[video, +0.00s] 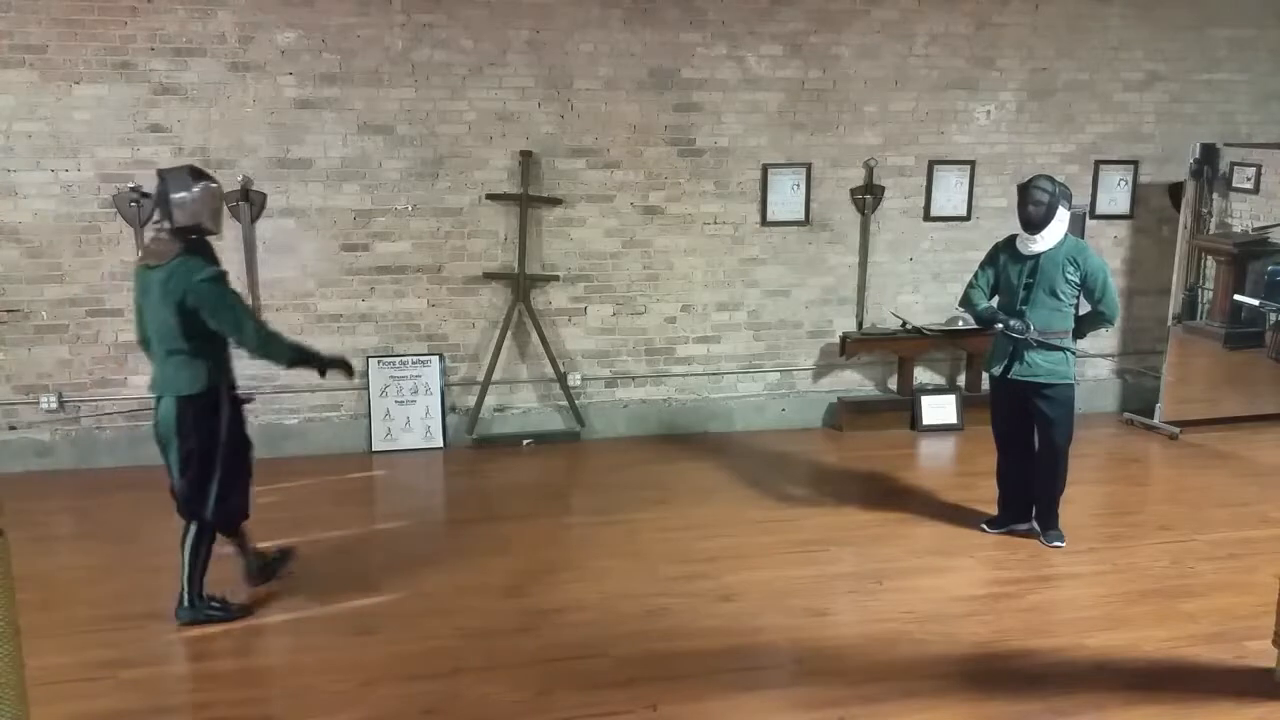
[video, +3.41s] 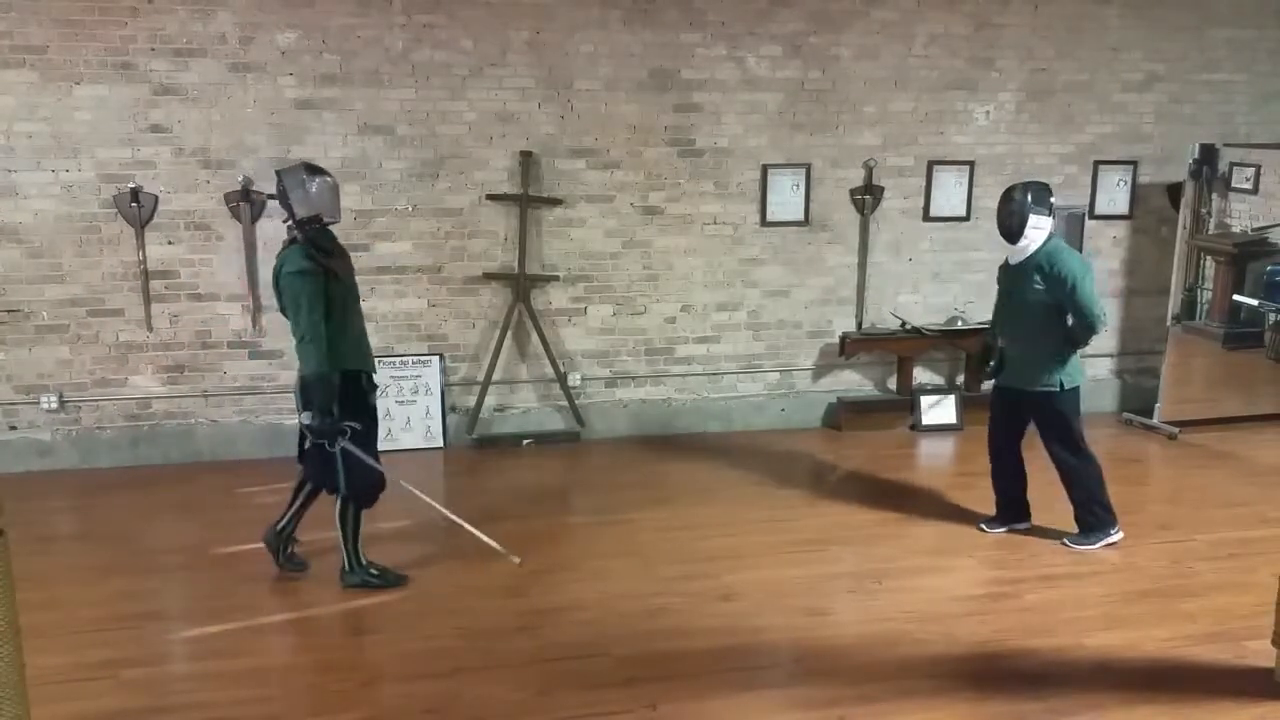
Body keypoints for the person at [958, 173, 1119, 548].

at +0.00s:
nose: (1028, 210)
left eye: (1037, 203)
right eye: (1024, 202)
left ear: (1058, 207)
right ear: (1018, 204)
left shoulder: (1079, 254)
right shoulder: (1004, 250)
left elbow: (1107, 312)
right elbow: (972, 297)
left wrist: (1068, 331)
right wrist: (1000, 320)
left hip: (1052, 373)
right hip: (1006, 371)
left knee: (1052, 453)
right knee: (1010, 449)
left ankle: (1048, 523)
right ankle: (1013, 515)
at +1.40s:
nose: (1027, 210)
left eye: (1035, 203)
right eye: (1023, 202)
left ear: (1056, 207)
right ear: (1017, 203)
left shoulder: (1080, 254)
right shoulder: (1005, 249)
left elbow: (1108, 310)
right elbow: (963, 294)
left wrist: (1073, 329)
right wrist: (998, 316)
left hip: (1050, 372)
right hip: (1005, 369)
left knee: (1049, 452)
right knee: (1011, 449)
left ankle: (1049, 523)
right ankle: (1015, 515)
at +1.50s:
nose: (1027, 210)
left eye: (1036, 205)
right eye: (1023, 203)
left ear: (1056, 209)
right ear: (1017, 204)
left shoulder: (1079, 255)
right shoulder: (1007, 249)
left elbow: (1107, 312)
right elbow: (974, 273)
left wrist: (1069, 330)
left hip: (1050, 368)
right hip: (1004, 364)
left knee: (1048, 451)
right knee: (1010, 447)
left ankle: (1047, 521)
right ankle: (1013, 515)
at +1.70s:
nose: (1028, 212)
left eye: (1037, 205)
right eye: (1024, 204)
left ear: (1057, 208)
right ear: (1019, 205)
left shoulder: (1078, 256)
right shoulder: (1005, 248)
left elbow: (1105, 313)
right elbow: (956, 254)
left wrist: (1071, 331)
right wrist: (907, 245)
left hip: (1048, 366)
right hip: (1003, 363)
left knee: (1048, 449)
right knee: (1009, 445)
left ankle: (1047, 521)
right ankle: (1014, 514)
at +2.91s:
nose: (1004, 219)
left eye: (1011, 211)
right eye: (1001, 211)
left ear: (1035, 210)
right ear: (1000, 211)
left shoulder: (1068, 253)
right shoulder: (996, 253)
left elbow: (1102, 308)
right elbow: (959, 288)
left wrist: (1067, 327)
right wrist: (920, 287)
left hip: (1046, 364)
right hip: (1002, 363)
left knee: (1048, 447)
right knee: (1007, 445)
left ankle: (1055, 524)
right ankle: (1012, 515)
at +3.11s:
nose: (1003, 217)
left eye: (1011, 209)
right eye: (1000, 209)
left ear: (1035, 210)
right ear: (999, 209)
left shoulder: (1064, 252)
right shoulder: (1001, 255)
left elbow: (1096, 310)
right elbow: (976, 300)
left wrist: (1067, 328)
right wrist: (937, 328)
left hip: (1043, 366)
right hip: (1004, 365)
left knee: (1052, 447)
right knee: (1009, 447)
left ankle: (1086, 519)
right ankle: (1013, 514)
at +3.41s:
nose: (1002, 219)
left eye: (1011, 211)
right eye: (1002, 211)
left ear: (1034, 216)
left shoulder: (1063, 260)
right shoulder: (1011, 263)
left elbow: (1091, 319)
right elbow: (1003, 317)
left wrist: (1068, 341)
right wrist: (993, 349)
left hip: (1053, 376)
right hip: (1014, 373)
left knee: (1068, 451)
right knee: (1002, 444)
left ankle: (1101, 525)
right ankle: (1013, 514)